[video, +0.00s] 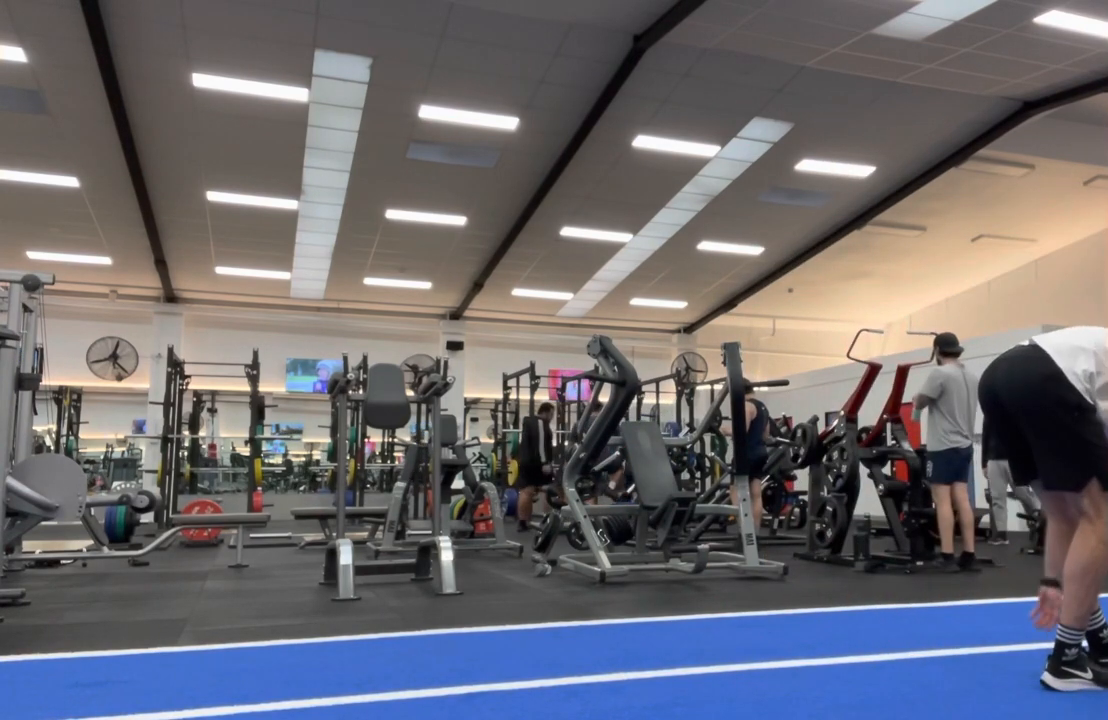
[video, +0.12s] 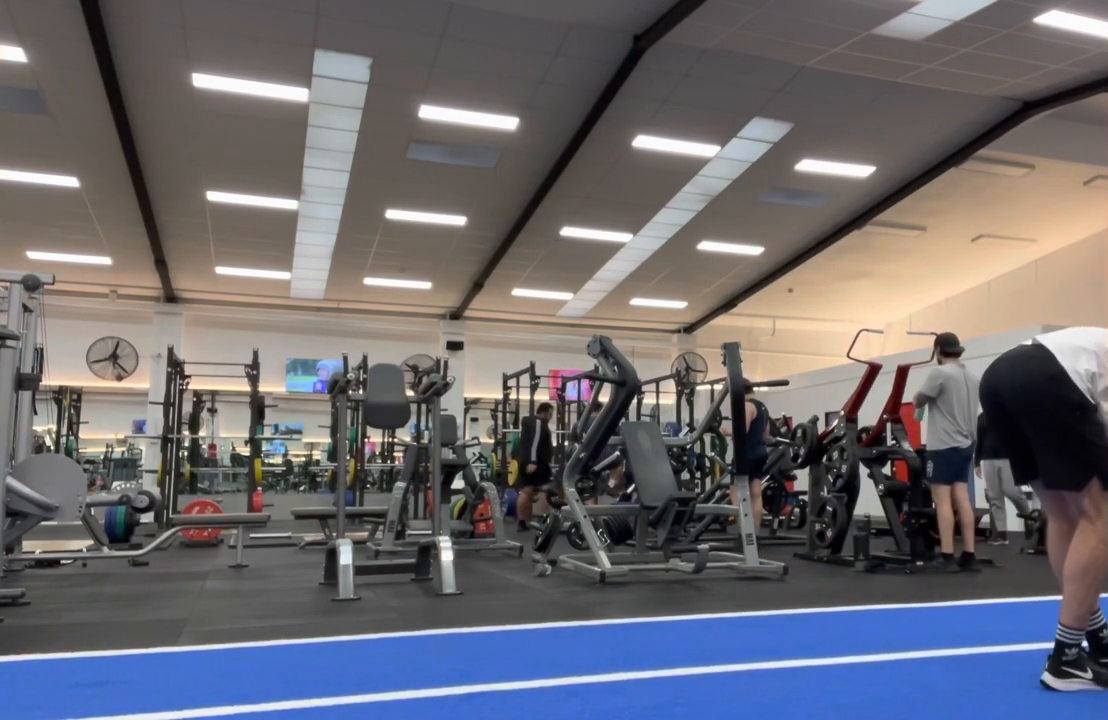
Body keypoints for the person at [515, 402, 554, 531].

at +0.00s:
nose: (552, 417)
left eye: (552, 414)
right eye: (551, 414)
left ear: (540, 412)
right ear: (546, 413)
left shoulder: (529, 421)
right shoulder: (540, 423)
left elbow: (525, 443)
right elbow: (541, 444)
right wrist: (545, 462)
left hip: (525, 461)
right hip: (534, 462)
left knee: (525, 491)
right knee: (528, 491)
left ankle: (523, 521)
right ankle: (523, 521)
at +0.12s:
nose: (551, 416)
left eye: (551, 414)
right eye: (550, 413)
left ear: (540, 412)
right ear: (545, 413)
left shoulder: (541, 425)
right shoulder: (537, 423)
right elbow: (534, 443)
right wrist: (532, 461)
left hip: (536, 464)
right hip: (534, 464)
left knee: (530, 492)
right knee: (526, 491)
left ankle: (525, 520)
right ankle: (522, 521)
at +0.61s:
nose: (565, 425)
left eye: (565, 422)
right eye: (565, 421)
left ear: (555, 416)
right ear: (561, 419)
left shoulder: (542, 424)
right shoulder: (552, 427)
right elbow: (548, 447)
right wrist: (547, 466)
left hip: (529, 461)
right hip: (538, 463)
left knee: (534, 491)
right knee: (537, 492)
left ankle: (528, 516)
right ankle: (539, 519)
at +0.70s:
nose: (570, 432)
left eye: (572, 429)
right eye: (570, 429)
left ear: (561, 423)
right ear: (566, 426)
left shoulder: (549, 428)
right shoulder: (556, 432)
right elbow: (555, 453)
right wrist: (554, 471)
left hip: (529, 460)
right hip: (536, 463)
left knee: (534, 490)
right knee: (538, 491)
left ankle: (533, 516)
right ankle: (538, 517)